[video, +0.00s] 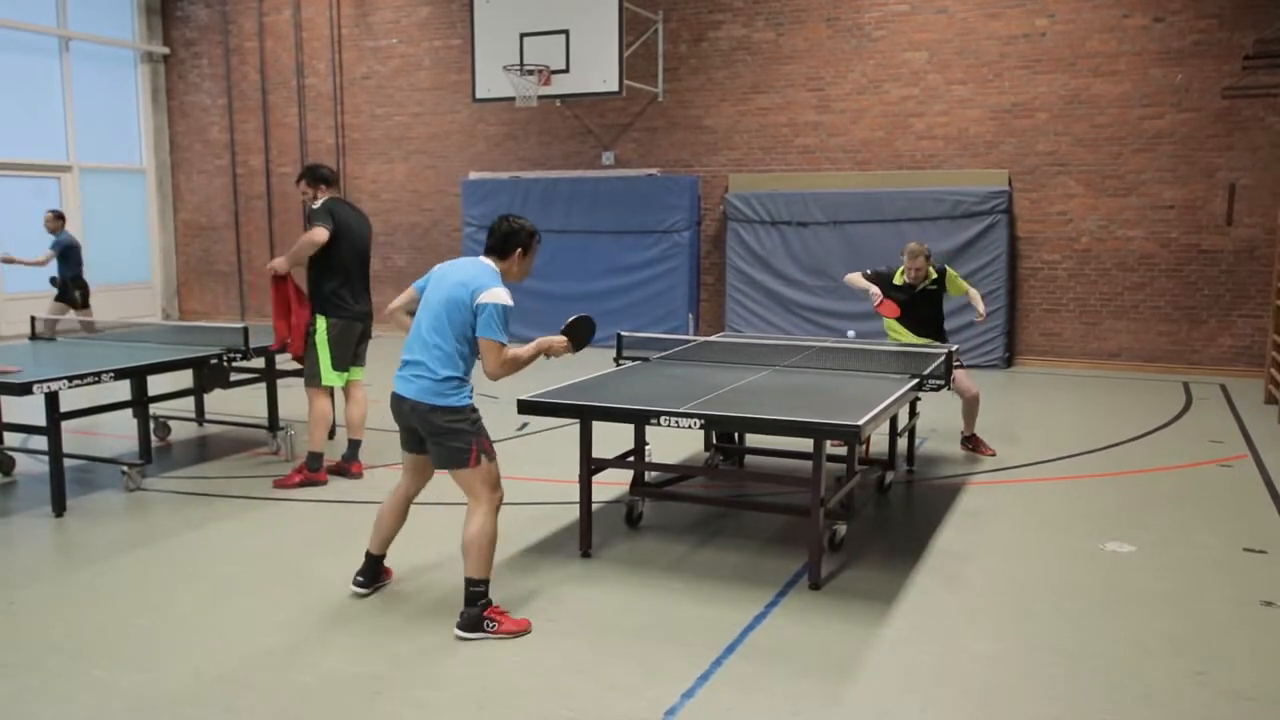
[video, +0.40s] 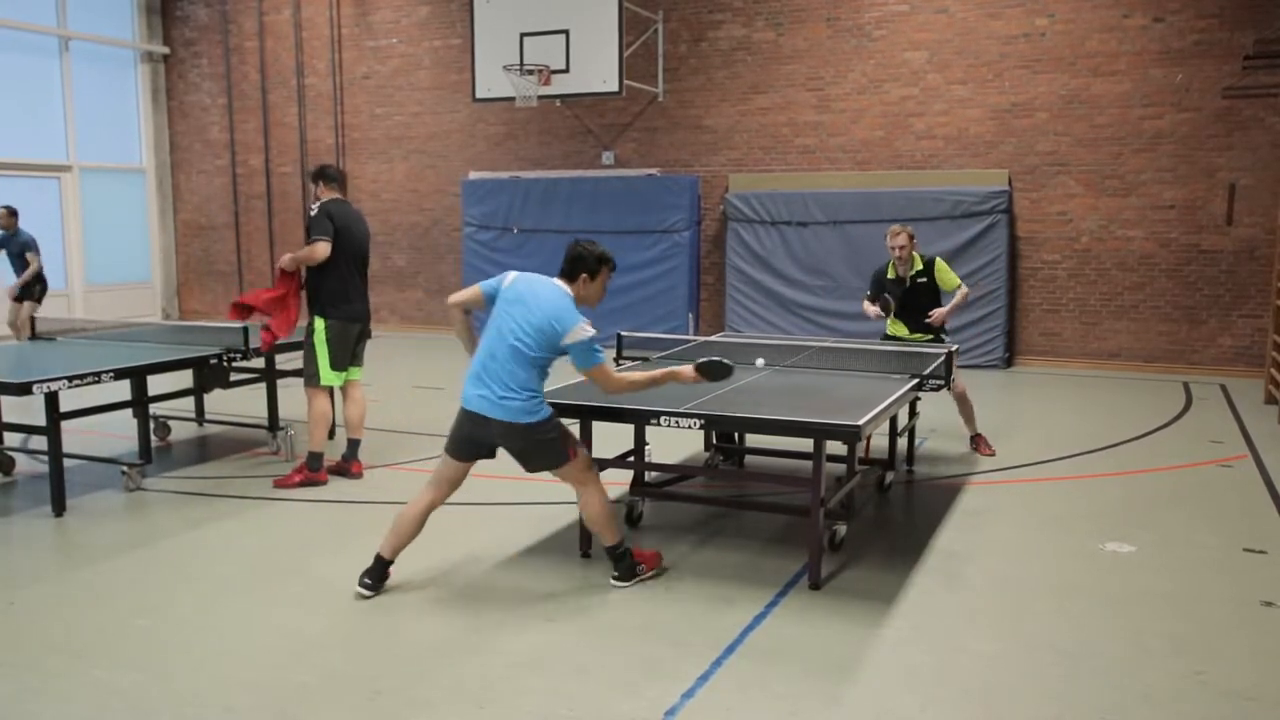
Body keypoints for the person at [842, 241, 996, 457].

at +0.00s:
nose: (913, 274)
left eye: (918, 269)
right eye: (909, 269)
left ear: (928, 265)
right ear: (903, 264)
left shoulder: (941, 275)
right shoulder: (889, 277)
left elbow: (969, 291)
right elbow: (849, 278)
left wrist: (980, 308)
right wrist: (870, 287)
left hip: (937, 351)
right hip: (900, 351)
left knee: (971, 394)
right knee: (871, 391)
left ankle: (969, 437)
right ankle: (857, 437)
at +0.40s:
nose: (898, 254)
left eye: (902, 248)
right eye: (893, 249)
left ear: (913, 246)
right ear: (887, 249)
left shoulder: (932, 266)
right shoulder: (882, 273)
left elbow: (962, 291)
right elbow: (867, 303)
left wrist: (946, 311)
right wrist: (873, 311)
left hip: (931, 341)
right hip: (895, 341)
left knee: (959, 390)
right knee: (873, 388)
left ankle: (975, 435)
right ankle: (864, 440)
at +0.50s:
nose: (890, 243)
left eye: (894, 238)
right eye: (885, 239)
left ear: (905, 236)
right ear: (880, 239)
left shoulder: (924, 254)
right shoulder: (876, 265)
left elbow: (951, 282)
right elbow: (866, 294)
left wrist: (932, 303)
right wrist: (866, 307)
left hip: (927, 331)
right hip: (891, 331)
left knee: (953, 383)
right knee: (869, 381)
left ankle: (973, 434)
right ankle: (864, 441)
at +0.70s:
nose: (875, 251)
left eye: (878, 245)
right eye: (870, 247)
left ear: (889, 243)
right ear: (865, 249)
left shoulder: (906, 262)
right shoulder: (869, 271)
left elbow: (909, 295)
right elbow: (867, 306)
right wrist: (853, 325)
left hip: (923, 338)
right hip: (888, 336)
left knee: (951, 391)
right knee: (865, 383)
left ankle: (973, 432)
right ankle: (861, 437)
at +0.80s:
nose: (866, 257)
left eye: (870, 251)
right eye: (861, 253)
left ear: (882, 248)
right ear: (858, 255)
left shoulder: (900, 268)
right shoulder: (865, 278)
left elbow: (899, 301)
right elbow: (864, 315)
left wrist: (862, 298)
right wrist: (841, 328)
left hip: (920, 342)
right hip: (886, 341)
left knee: (951, 394)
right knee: (864, 386)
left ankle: (971, 433)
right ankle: (861, 437)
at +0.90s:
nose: (864, 252)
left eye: (868, 246)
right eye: (859, 248)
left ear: (881, 244)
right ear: (856, 250)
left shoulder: (902, 262)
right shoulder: (861, 276)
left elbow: (927, 285)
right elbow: (854, 311)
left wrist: (892, 289)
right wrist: (823, 324)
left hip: (918, 340)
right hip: (882, 339)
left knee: (948, 389)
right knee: (860, 381)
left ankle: (954, 427)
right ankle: (859, 435)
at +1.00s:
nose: (866, 247)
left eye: (870, 241)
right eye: (862, 243)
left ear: (886, 238)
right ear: (861, 245)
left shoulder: (910, 257)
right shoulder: (860, 272)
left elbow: (953, 260)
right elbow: (836, 301)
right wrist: (806, 321)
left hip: (916, 340)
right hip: (878, 341)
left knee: (946, 387)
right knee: (861, 388)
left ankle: (951, 432)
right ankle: (860, 441)